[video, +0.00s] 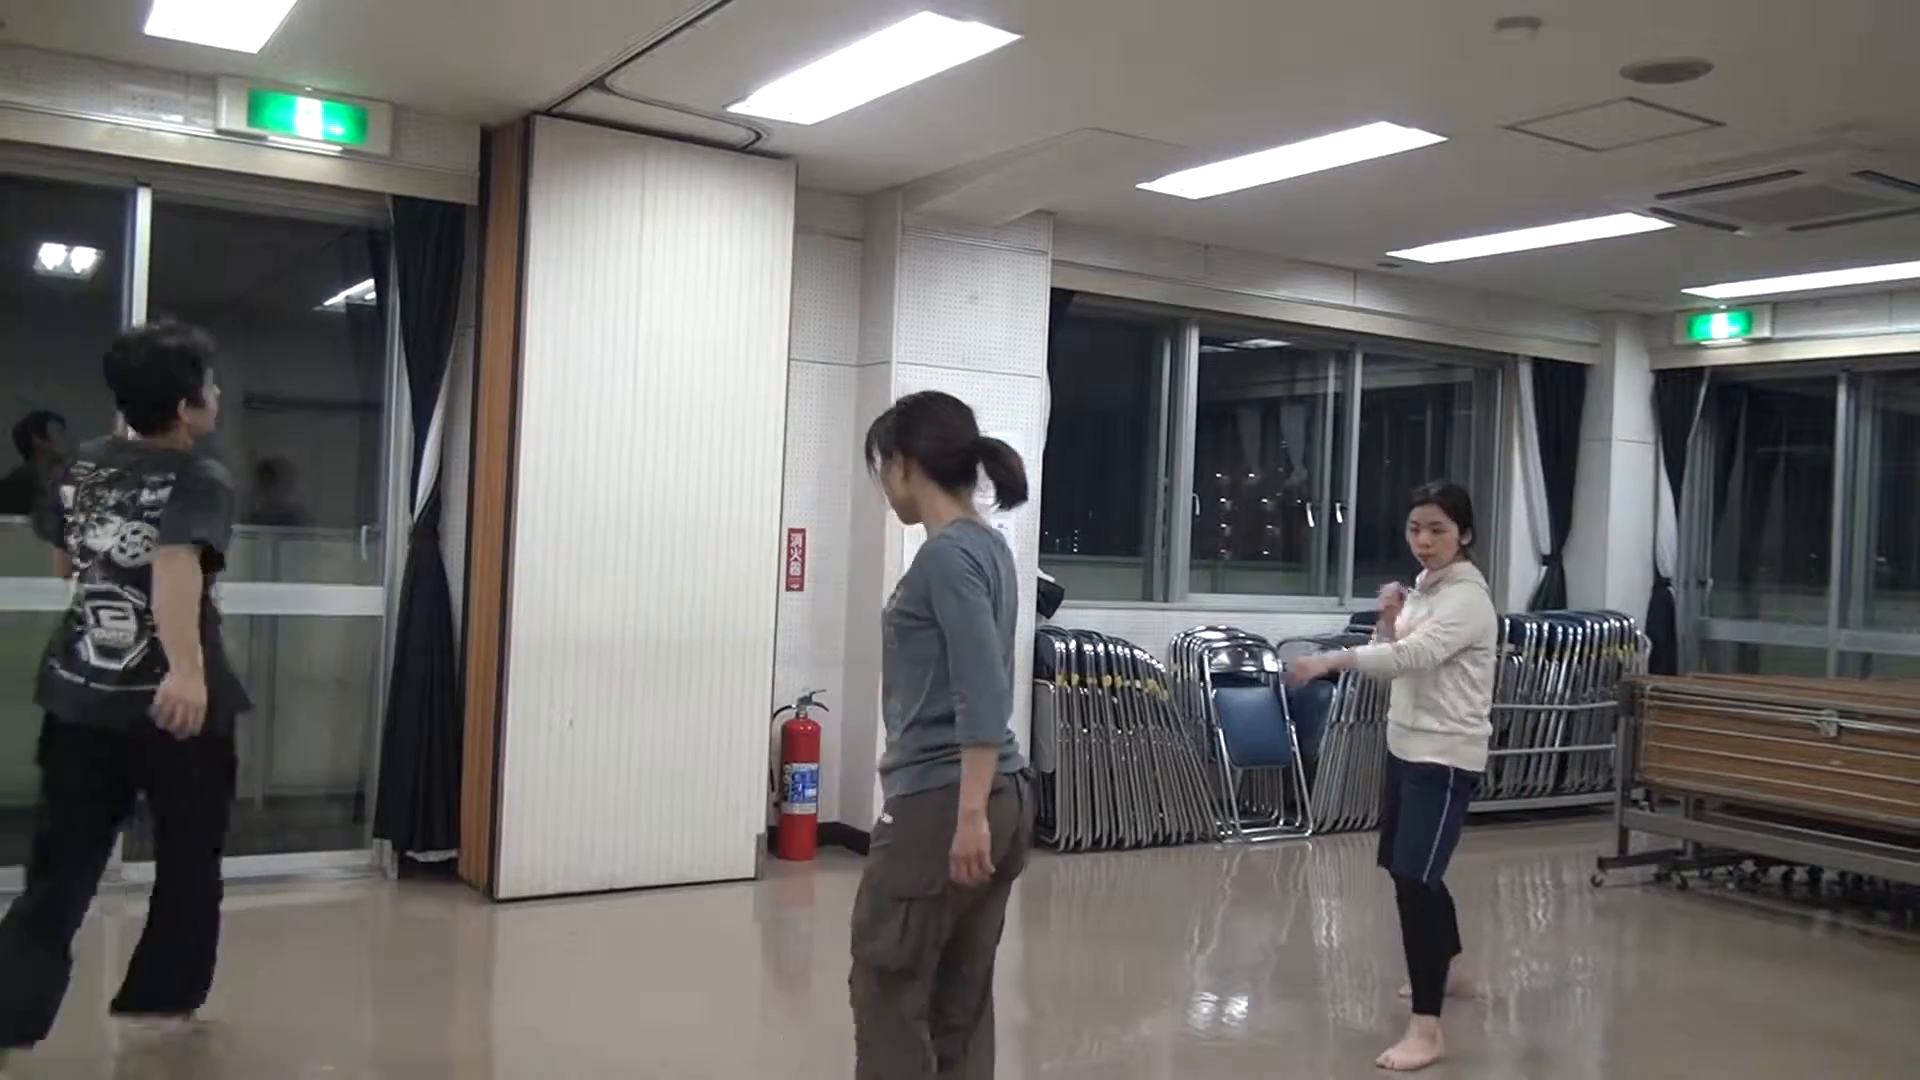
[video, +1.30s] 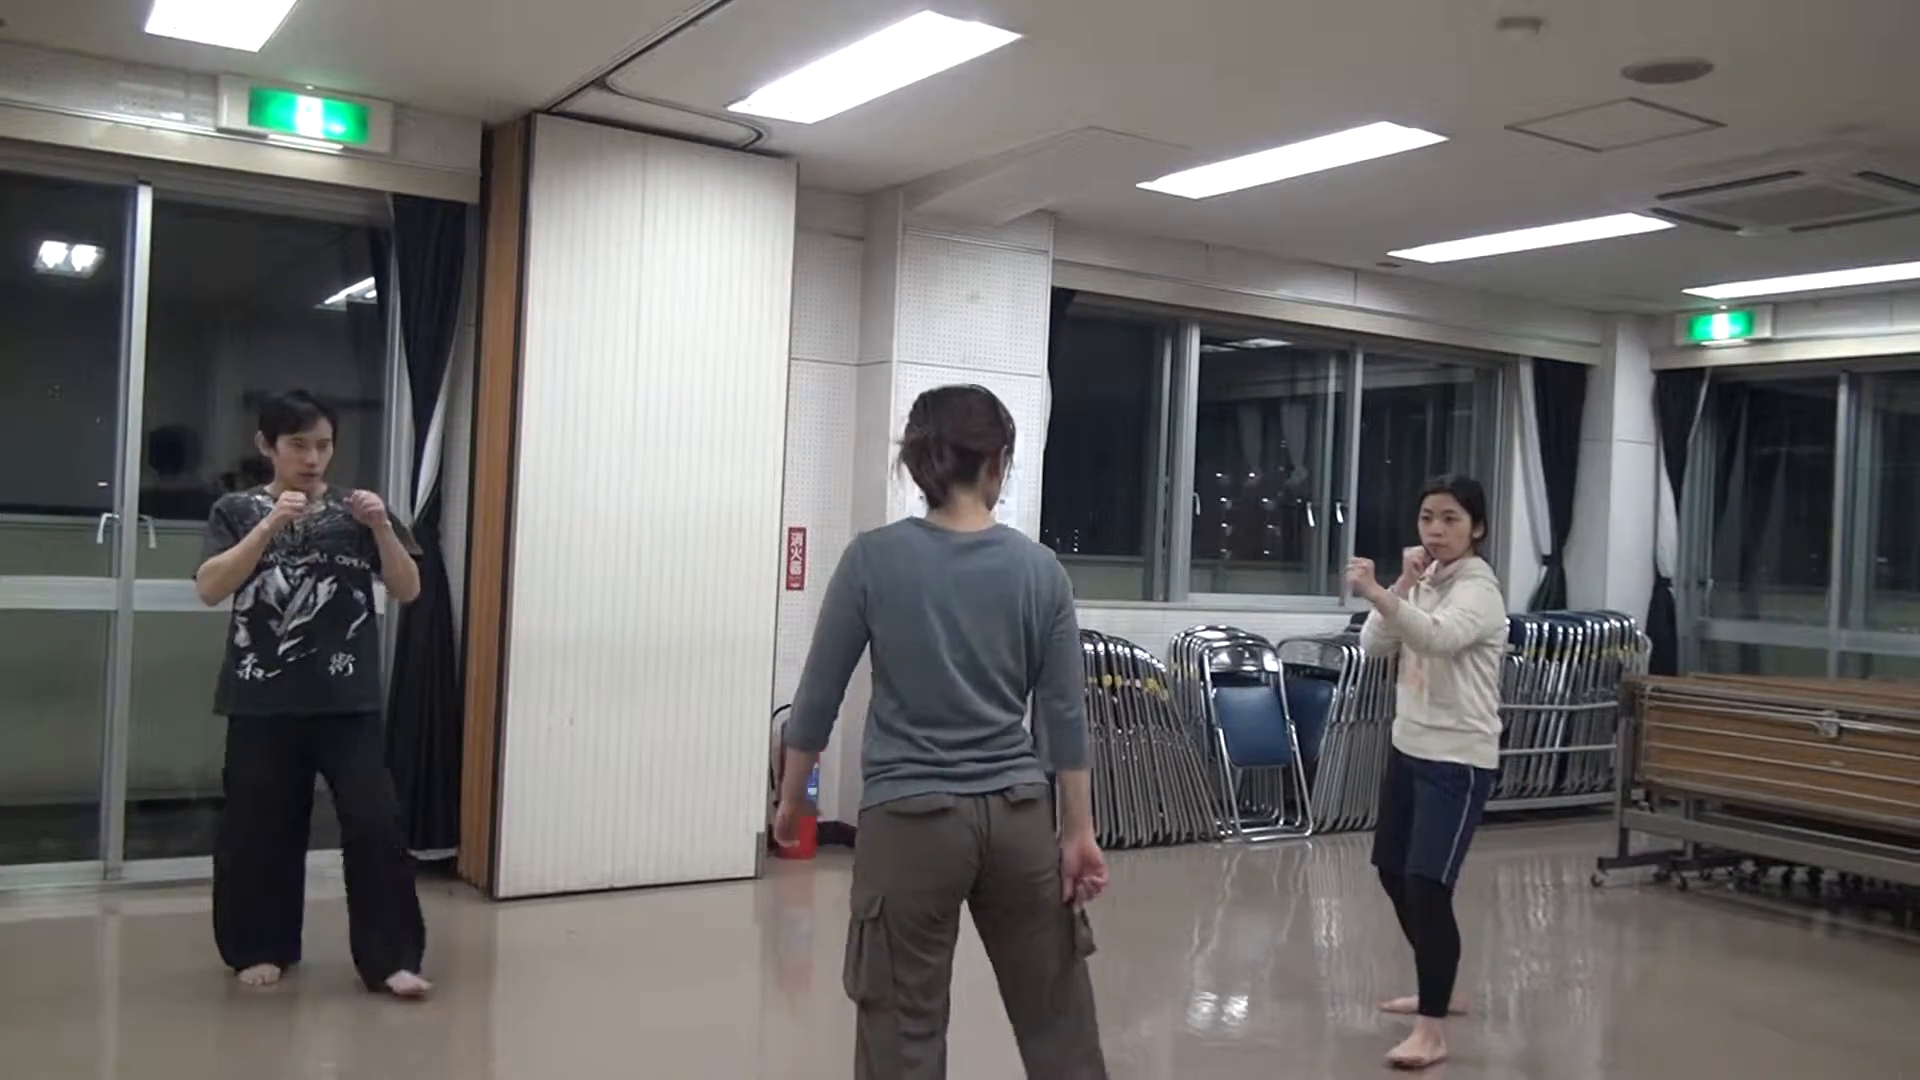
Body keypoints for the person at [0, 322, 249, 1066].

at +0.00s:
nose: (218, 397)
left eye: (212, 385)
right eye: (208, 388)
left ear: (129, 400)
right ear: (183, 404)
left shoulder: (83, 466)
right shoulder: (197, 477)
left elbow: (68, 563)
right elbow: (174, 566)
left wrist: (122, 592)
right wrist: (185, 666)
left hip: (83, 695)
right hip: (176, 700)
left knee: (60, 867)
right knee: (189, 861)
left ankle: (7, 1028)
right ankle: (157, 1009)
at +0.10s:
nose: (244, 438)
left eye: (238, 425)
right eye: (234, 429)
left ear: (161, 448)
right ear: (209, 449)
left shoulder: (124, 512)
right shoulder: (222, 521)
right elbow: (203, 600)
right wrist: (213, 691)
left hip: (115, 730)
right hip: (201, 738)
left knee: (101, 867)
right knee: (207, 897)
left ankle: (23, 969)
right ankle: (156, 1006)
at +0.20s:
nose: (263, 462)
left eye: (257, 450)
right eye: (252, 454)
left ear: (193, 472)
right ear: (222, 473)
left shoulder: (156, 536)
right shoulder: (230, 549)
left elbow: (176, 608)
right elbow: (232, 646)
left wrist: (255, 591)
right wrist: (278, 741)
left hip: (157, 744)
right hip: (220, 751)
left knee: (154, 870)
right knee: (228, 886)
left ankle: (84, 949)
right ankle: (156, 999)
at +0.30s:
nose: (282, 457)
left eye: (276, 446)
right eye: (271, 450)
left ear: (228, 467)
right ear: (238, 467)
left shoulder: (191, 528)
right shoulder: (245, 538)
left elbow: (198, 614)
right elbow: (237, 639)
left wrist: (274, 603)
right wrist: (297, 695)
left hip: (188, 736)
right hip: (233, 740)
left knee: (222, 865)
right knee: (246, 874)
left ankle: (149, 989)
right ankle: (167, 1000)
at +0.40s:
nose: (305, 454)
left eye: (301, 443)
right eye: (293, 446)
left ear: (252, 462)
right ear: (254, 460)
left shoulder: (223, 517)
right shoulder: (255, 526)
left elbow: (216, 604)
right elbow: (241, 623)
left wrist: (291, 604)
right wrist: (302, 634)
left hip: (232, 717)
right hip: (251, 722)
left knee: (272, 833)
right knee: (255, 860)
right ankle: (162, 993)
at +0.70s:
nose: (337, 453)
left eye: (340, 442)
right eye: (323, 442)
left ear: (339, 446)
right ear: (283, 446)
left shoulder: (328, 513)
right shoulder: (249, 512)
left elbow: (325, 586)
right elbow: (239, 599)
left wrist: (380, 581)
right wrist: (327, 571)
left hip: (321, 698)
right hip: (268, 703)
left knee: (334, 819)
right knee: (290, 827)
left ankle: (290, 931)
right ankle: (230, 957)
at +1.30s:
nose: (313, 456)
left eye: (323, 445)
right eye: (299, 445)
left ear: (333, 447)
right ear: (267, 447)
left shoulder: (360, 512)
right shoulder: (237, 512)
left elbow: (408, 589)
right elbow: (208, 589)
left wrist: (382, 528)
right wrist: (265, 531)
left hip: (348, 704)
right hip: (263, 705)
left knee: (376, 825)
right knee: (261, 830)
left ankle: (393, 961)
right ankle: (261, 953)